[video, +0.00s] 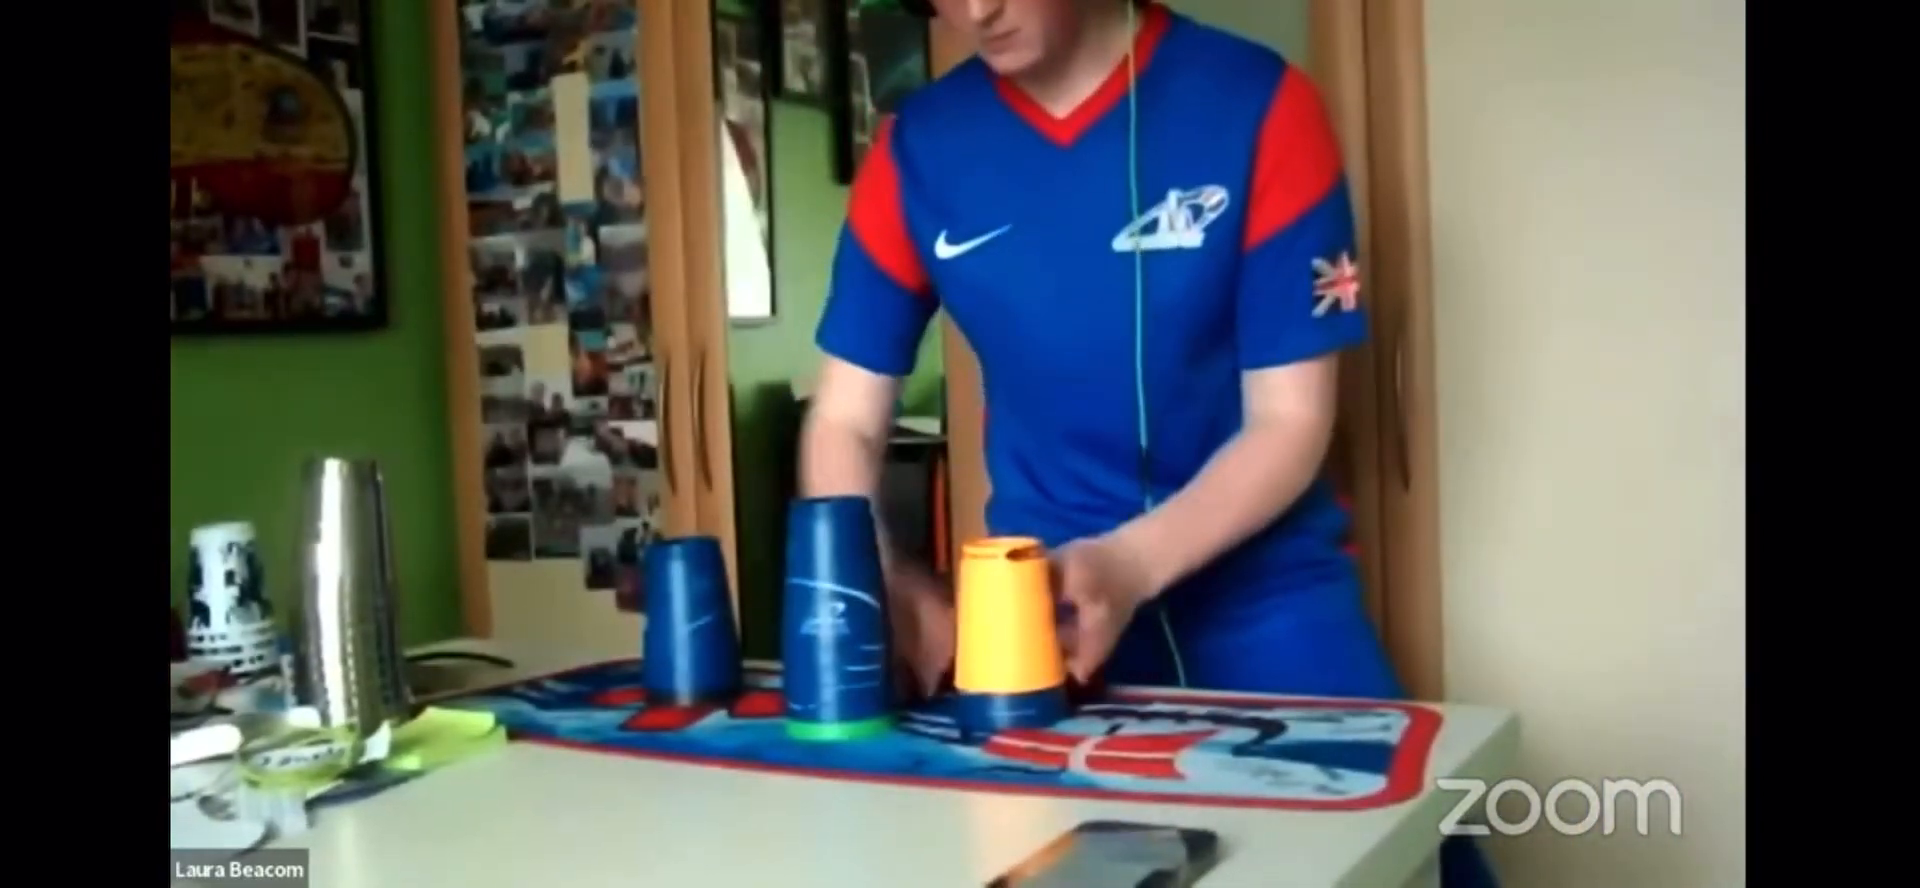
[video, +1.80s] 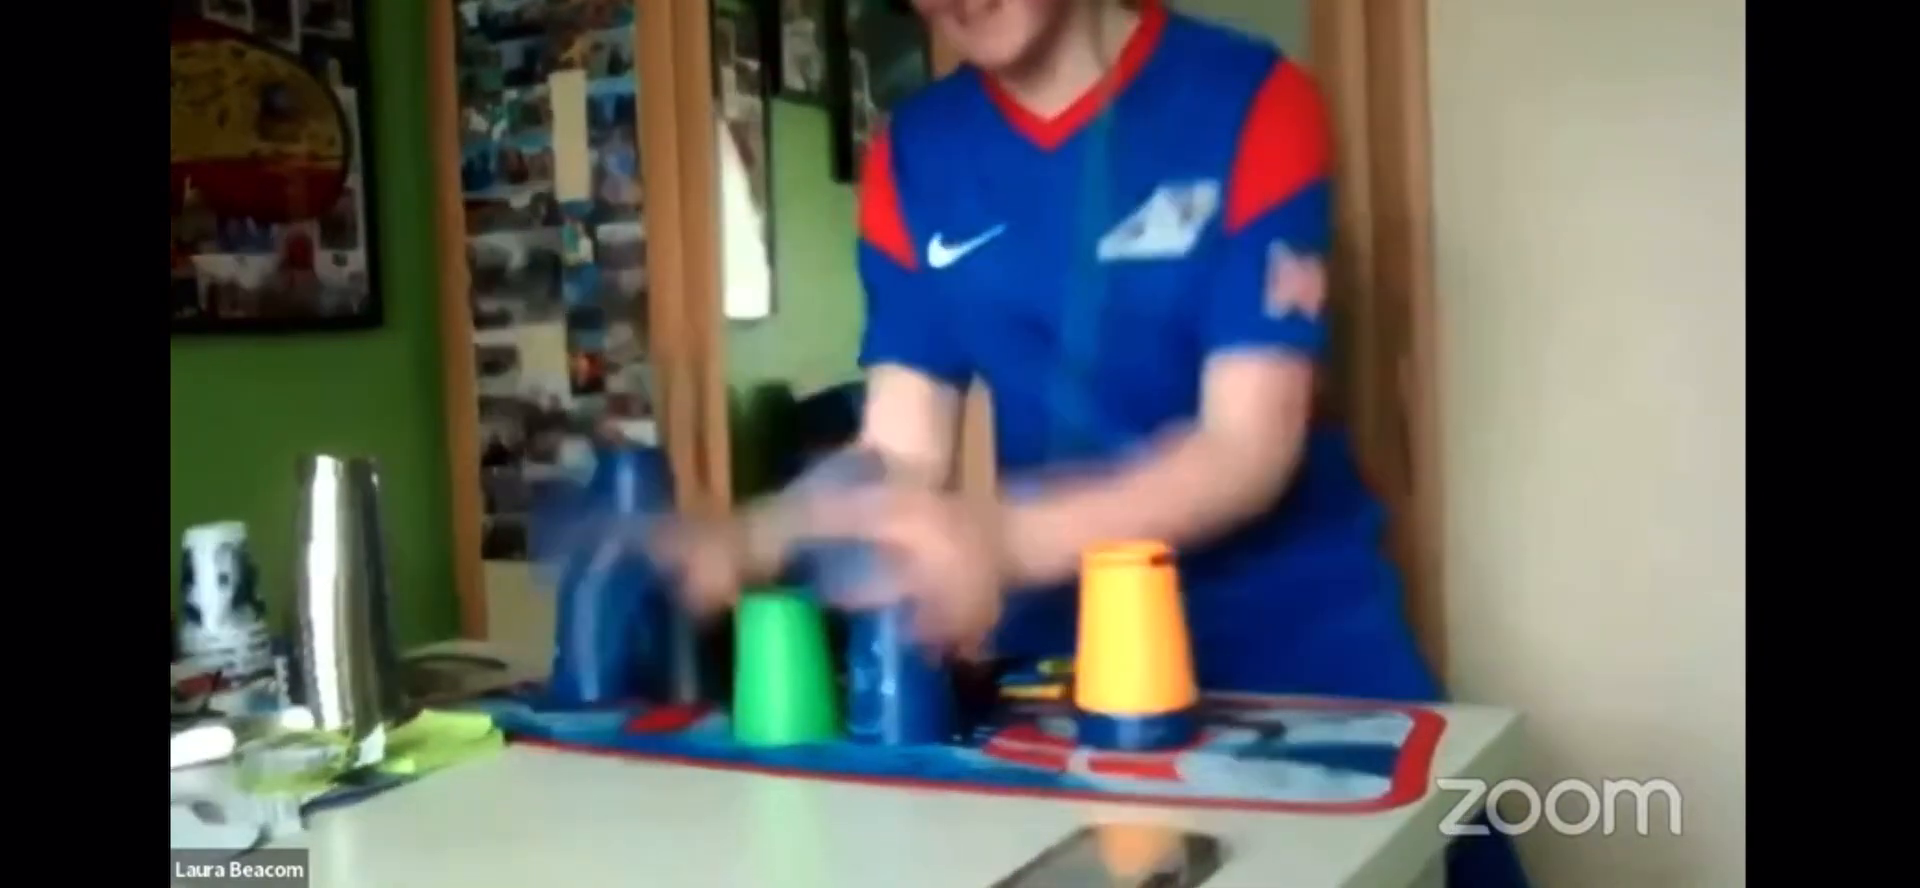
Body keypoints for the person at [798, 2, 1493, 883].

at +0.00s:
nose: (975, 12)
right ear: (929, 5)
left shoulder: (1253, 105)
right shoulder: (920, 150)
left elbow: (1290, 423)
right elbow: (843, 427)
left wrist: (1129, 565)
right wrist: (891, 594)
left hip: (1263, 611)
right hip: (1041, 634)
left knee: (1376, 860)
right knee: (1058, 871)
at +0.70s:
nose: (918, 10)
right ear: (884, 8)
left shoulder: (1224, 119)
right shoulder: (912, 158)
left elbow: (1206, 465)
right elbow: (910, 450)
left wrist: (976, 558)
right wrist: (830, 539)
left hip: (1271, 624)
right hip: (1054, 635)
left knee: (1377, 861)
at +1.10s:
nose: (848, 40)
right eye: (824, 17)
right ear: (816, 33)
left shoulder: (1160, 122)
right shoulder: (886, 180)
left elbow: (1161, 464)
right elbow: (902, 448)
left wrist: (855, 544)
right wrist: (733, 485)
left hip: (1251, 607)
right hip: (1061, 618)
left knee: (1331, 867)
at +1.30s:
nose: (836, 51)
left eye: (864, 4)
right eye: (809, 27)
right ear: (798, 46)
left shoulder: (1115, 134)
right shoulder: (878, 175)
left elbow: (1133, 468)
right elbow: (883, 447)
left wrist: (826, 490)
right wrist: (729, 498)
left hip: (1222, 600)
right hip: (1039, 602)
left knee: (1277, 864)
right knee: (1065, 865)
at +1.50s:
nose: (947, 28)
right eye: (911, 10)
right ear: (893, 29)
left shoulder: (1238, 134)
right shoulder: (899, 199)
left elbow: (1305, 436)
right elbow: (909, 471)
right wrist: (978, 471)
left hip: (1284, 643)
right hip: (1057, 675)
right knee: (1078, 871)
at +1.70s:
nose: (960, 2)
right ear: (921, 1)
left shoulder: (1253, 91)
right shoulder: (911, 144)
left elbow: (1269, 431)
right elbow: (910, 471)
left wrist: (991, 448)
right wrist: (749, 577)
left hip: (1302, 663)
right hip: (1058, 669)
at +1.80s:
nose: (957, 1)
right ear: (914, 5)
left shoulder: (1247, 104)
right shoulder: (915, 150)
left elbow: (1250, 452)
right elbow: (900, 465)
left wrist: (1013, 541)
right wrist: (752, 538)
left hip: (1290, 662)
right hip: (1057, 669)